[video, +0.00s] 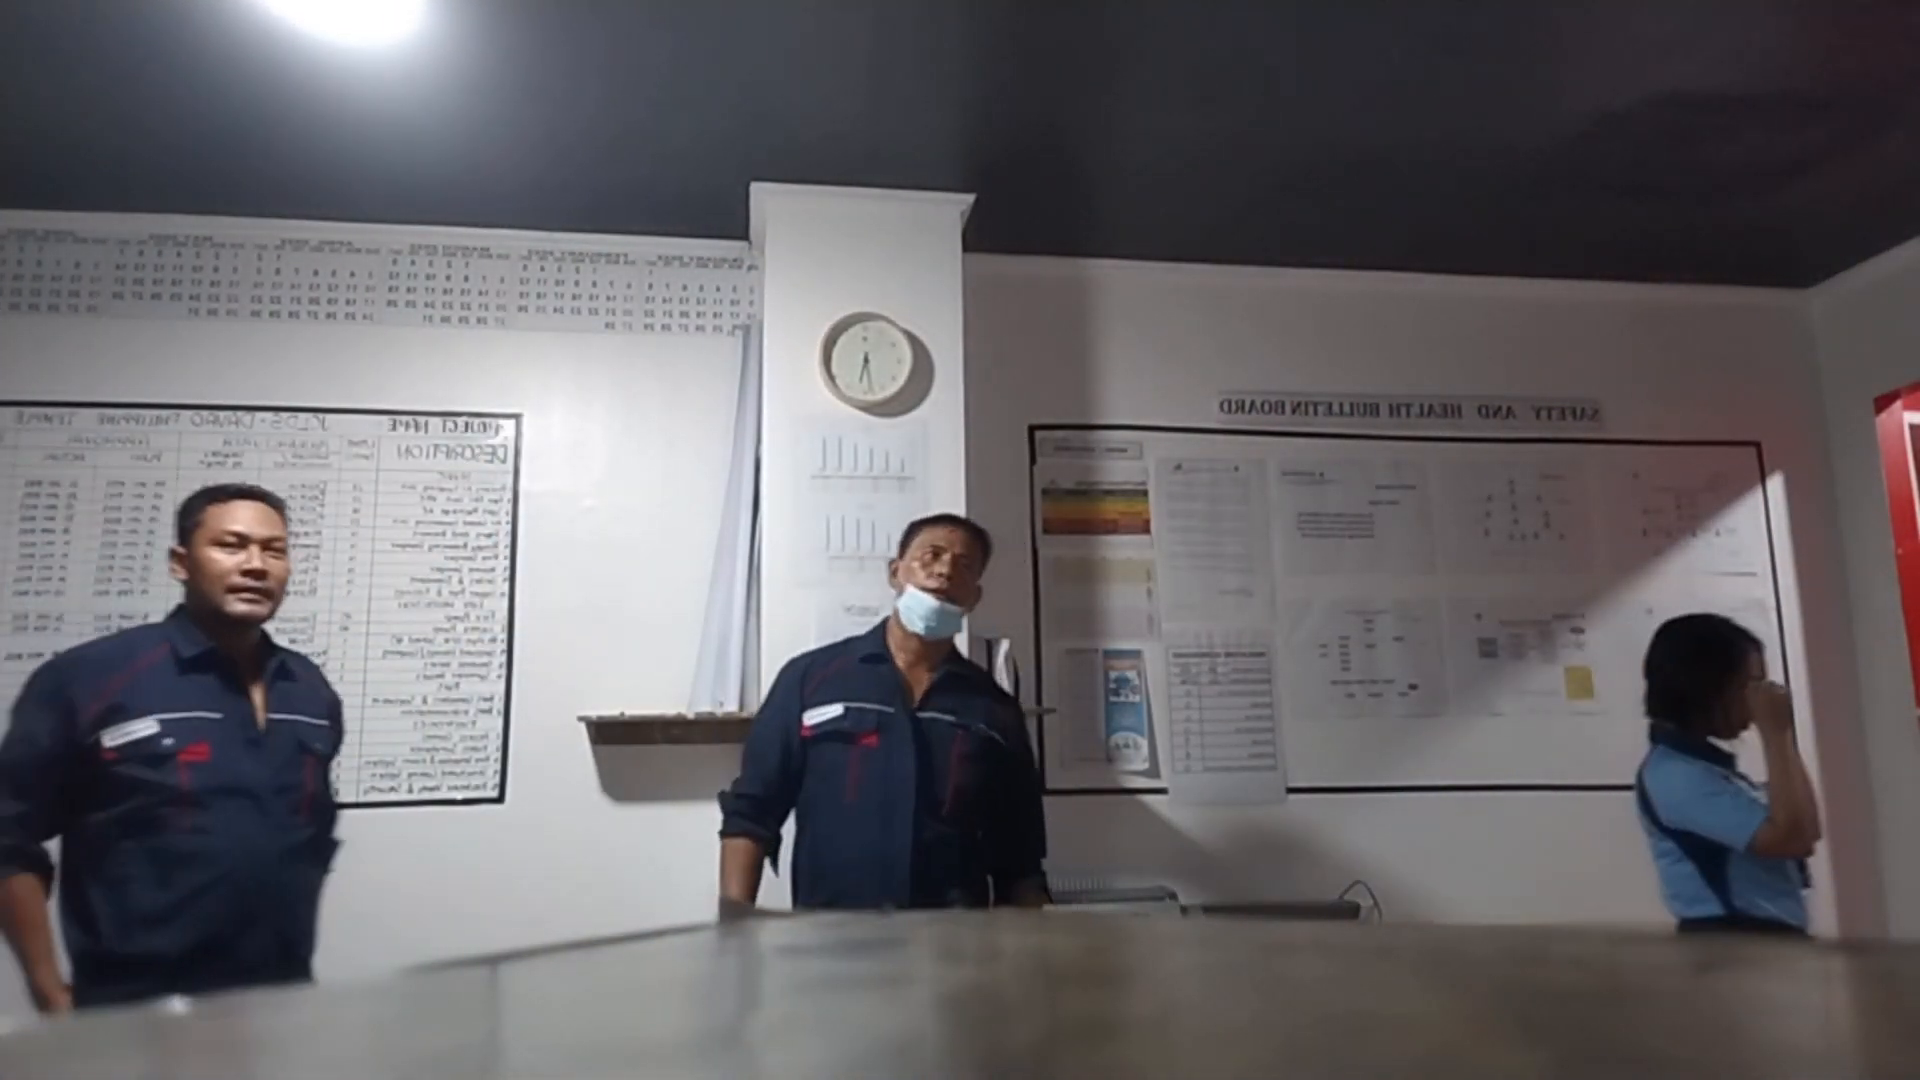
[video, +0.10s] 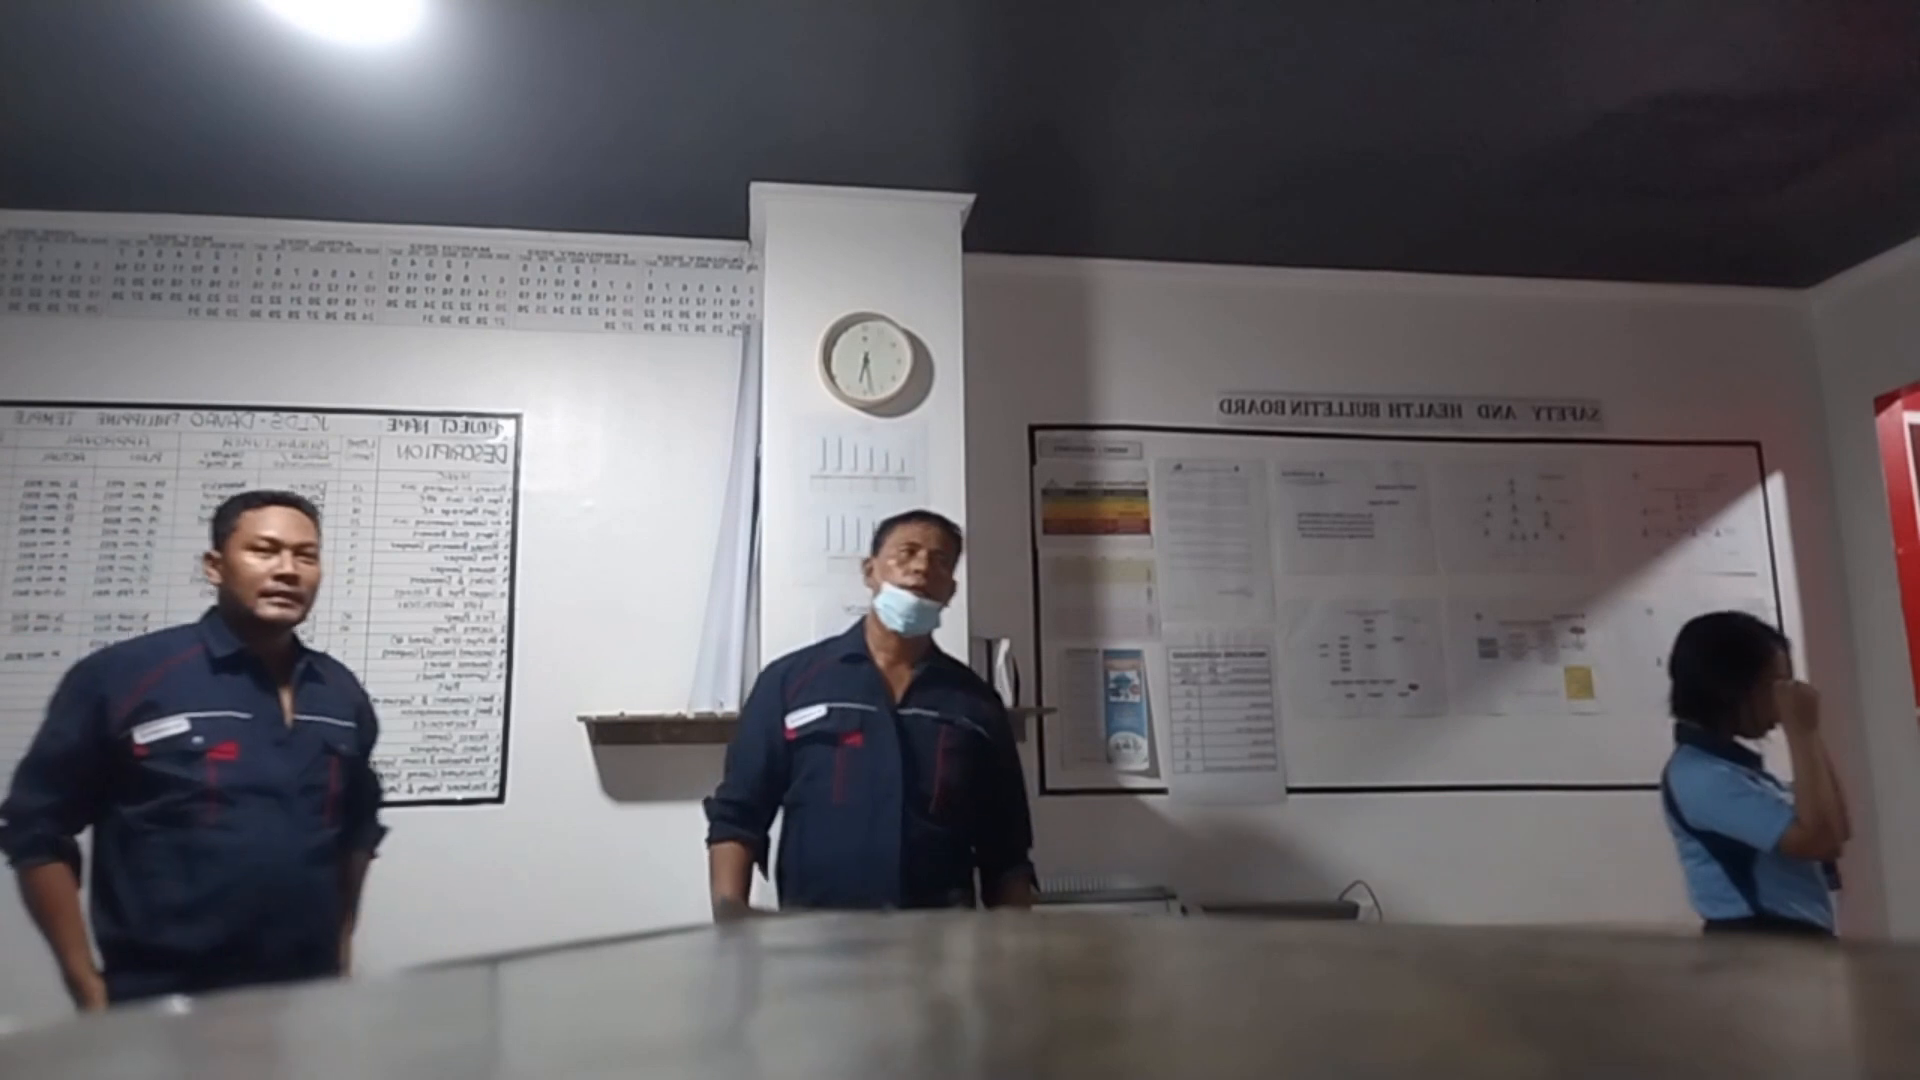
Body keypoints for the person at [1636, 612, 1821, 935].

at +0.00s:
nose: (1757, 698)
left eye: (1758, 683)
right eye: (1750, 683)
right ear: (1710, 685)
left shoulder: (1703, 769)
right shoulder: (1673, 776)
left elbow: (1805, 833)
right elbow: (1792, 838)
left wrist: (1782, 735)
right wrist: (1774, 732)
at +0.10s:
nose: (1784, 697)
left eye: (1785, 682)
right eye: (1776, 683)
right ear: (1736, 685)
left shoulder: (1732, 769)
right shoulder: (1699, 776)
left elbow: (1834, 832)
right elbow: (1820, 841)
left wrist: (1807, 733)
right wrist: (1800, 731)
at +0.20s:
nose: (1809, 694)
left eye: (1810, 679)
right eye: (1801, 680)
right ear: (1760, 683)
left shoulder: (1752, 766)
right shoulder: (1721, 774)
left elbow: (1857, 830)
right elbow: (1843, 842)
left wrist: (1829, 735)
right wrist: (1824, 731)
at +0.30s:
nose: (1833, 691)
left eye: (1832, 677)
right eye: (1824, 677)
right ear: (1782, 680)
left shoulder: (1778, 764)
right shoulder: (1741, 772)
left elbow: (1879, 826)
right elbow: (1866, 841)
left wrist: (1850, 734)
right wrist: (1844, 731)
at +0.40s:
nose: (1850, 691)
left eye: (1850, 676)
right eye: (1840, 677)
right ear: (1799, 681)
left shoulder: (1802, 765)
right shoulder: (1759, 775)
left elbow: (1906, 821)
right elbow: (1883, 845)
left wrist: (1879, 729)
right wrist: (1864, 728)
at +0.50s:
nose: (1866, 691)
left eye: (1865, 676)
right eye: (1855, 679)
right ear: (1812, 684)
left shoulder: (1825, 762)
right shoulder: (1772, 778)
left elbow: (1909, 822)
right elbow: (1892, 853)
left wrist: (1910, 728)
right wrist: (1886, 737)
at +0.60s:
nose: (1886, 689)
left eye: (1883, 676)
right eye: (1874, 676)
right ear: (1827, 682)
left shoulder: (1851, 762)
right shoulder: (1787, 782)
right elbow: (1891, 866)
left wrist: (1916, 695)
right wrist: (1905, 749)